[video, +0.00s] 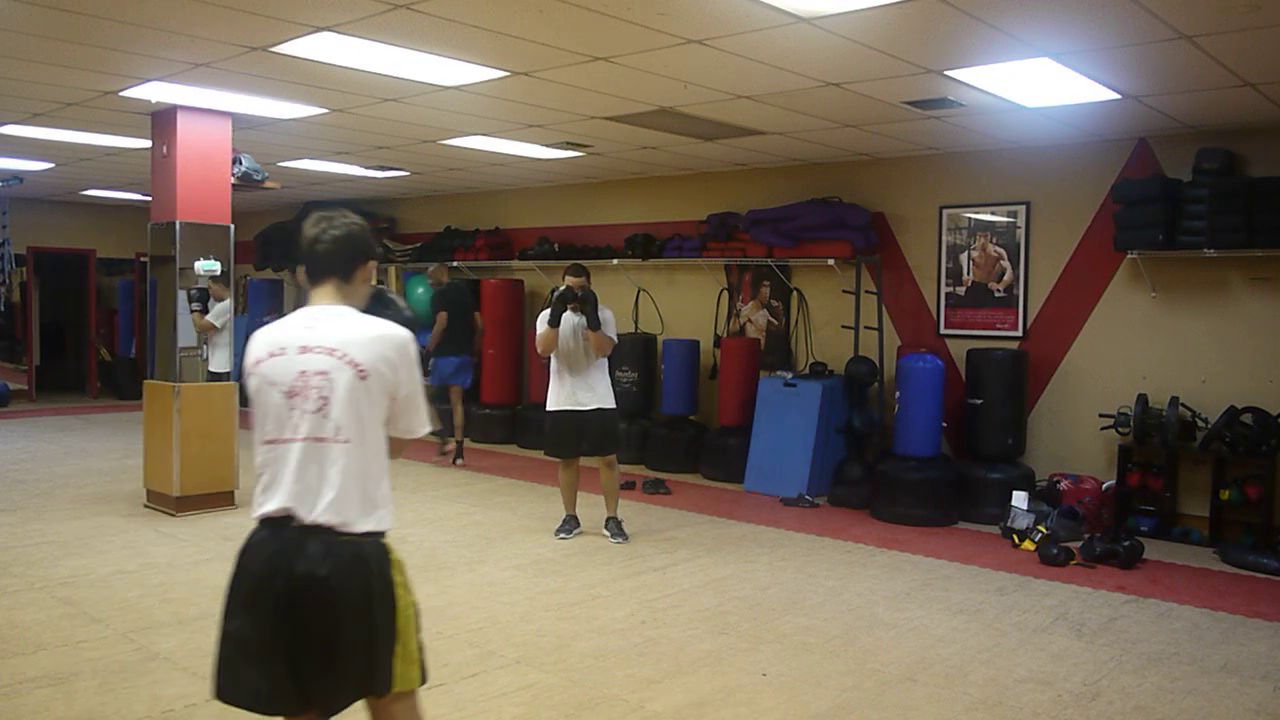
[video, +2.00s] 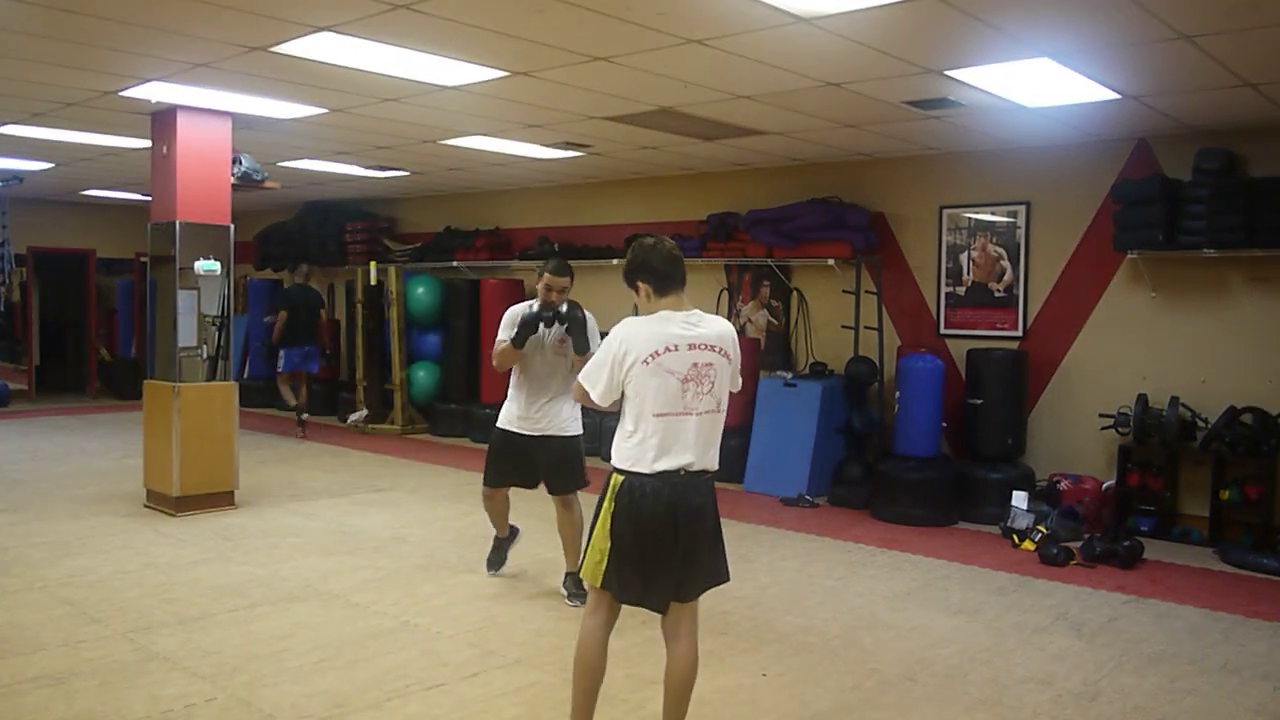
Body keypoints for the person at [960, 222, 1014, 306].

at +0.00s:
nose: (982, 241)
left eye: (985, 237)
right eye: (979, 237)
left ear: (990, 237)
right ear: (976, 237)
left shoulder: (999, 252)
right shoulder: (971, 252)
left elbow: (1009, 272)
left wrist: (1000, 286)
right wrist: (965, 278)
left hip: (990, 288)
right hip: (975, 287)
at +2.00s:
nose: (983, 241)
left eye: (985, 237)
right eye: (979, 237)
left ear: (990, 237)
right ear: (975, 237)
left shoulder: (998, 252)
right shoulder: (971, 253)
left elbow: (1009, 272)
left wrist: (1000, 286)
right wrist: (966, 279)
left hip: (992, 288)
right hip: (975, 287)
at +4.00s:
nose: (983, 241)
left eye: (985, 237)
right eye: (979, 237)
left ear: (990, 237)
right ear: (975, 237)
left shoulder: (998, 252)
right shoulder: (971, 253)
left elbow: (1009, 272)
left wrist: (1000, 286)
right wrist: (966, 279)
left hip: (992, 288)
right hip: (975, 287)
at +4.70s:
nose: (987, 242)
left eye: (990, 238)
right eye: (983, 238)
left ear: (995, 238)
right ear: (979, 238)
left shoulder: (1003, 254)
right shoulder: (975, 254)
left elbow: (1014, 273)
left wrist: (1005, 287)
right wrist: (971, 280)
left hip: (995, 289)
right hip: (979, 288)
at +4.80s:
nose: (995, 240)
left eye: (999, 236)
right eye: (992, 236)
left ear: (1004, 237)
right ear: (988, 237)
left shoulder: (1012, 252)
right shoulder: (985, 251)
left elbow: (1023, 272)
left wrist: (1015, 286)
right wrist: (979, 278)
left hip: (1004, 288)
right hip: (988, 287)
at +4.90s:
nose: (1006, 240)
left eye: (1009, 236)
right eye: (1003, 236)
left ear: (1014, 237)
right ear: (999, 237)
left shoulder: (1022, 252)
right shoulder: (994, 253)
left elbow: (1033, 272)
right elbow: (991, 269)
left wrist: (1025, 286)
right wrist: (990, 279)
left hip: (1014, 287)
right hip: (998, 286)